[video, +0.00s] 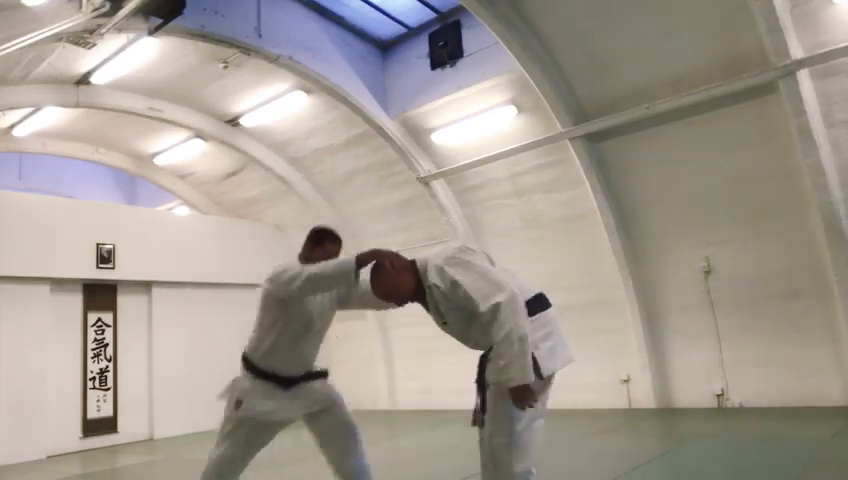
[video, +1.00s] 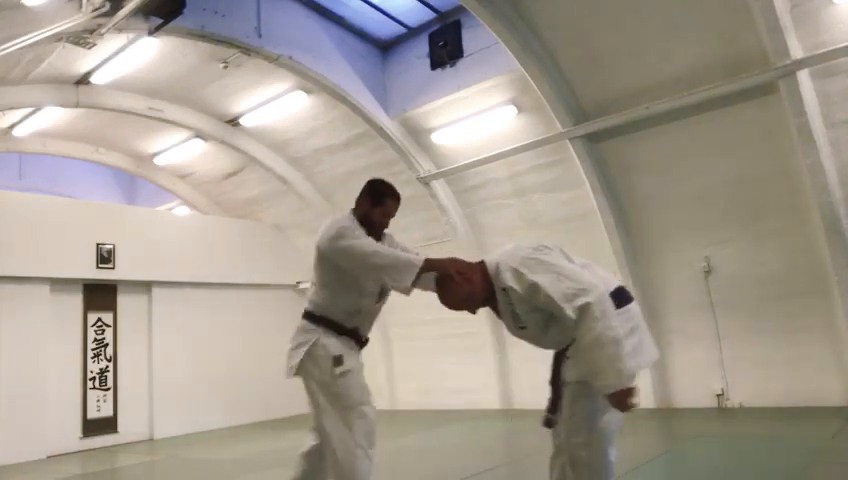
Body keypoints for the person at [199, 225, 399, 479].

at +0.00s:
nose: (328, 263)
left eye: (333, 259)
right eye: (324, 256)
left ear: (337, 258)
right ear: (308, 249)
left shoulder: (335, 289)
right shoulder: (281, 279)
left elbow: (372, 296)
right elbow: (315, 277)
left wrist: (405, 290)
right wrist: (368, 257)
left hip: (309, 387)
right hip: (261, 388)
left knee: (350, 459)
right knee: (221, 468)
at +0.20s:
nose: (357, 247)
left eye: (361, 241)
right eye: (353, 239)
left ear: (364, 241)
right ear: (336, 233)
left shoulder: (362, 271)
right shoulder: (310, 259)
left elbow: (383, 301)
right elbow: (325, 291)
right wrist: (370, 284)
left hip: (331, 379)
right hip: (289, 376)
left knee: (357, 450)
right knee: (251, 454)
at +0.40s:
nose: (366, 229)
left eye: (369, 223)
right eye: (362, 222)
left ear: (370, 221)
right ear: (343, 216)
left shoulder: (375, 252)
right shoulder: (318, 248)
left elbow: (397, 280)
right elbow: (320, 289)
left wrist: (408, 301)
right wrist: (369, 294)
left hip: (367, 347)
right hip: (332, 344)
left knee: (374, 429)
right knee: (364, 393)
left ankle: (366, 475)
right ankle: (325, 450)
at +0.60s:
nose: (376, 226)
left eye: (379, 220)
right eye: (372, 219)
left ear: (381, 219)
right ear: (352, 214)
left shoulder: (382, 250)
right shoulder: (329, 244)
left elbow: (407, 276)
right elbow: (334, 281)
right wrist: (384, 279)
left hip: (382, 337)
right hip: (351, 339)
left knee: (390, 420)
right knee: (413, 374)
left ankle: (387, 472)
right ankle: (389, 471)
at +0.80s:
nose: (389, 229)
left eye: (392, 223)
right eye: (385, 221)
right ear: (365, 215)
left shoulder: (380, 256)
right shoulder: (344, 238)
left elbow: (409, 285)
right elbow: (354, 264)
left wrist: (438, 278)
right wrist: (413, 256)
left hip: (376, 355)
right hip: (351, 354)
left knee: (398, 441)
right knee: (383, 445)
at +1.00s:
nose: (388, 223)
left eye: (391, 216)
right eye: (386, 214)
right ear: (365, 205)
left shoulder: (381, 242)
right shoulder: (340, 235)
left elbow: (413, 270)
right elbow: (384, 261)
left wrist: (459, 283)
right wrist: (442, 265)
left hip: (344, 346)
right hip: (323, 343)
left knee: (334, 435)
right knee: (359, 420)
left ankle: (308, 474)